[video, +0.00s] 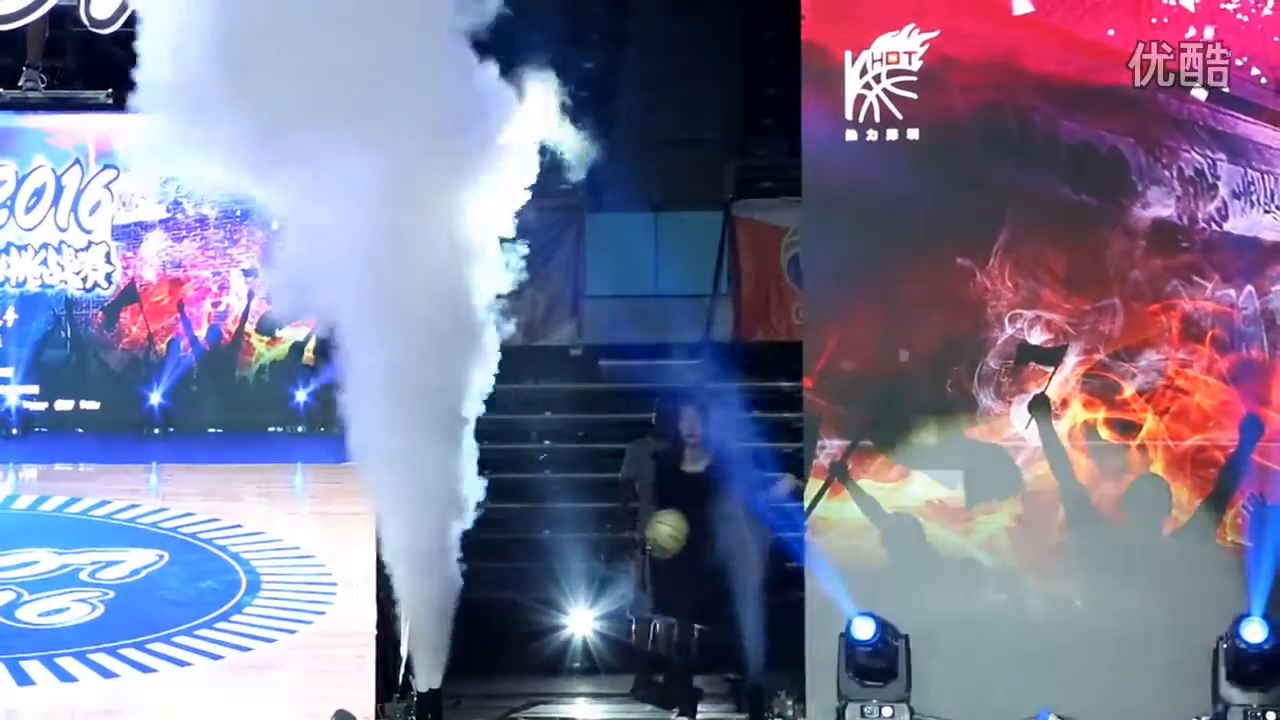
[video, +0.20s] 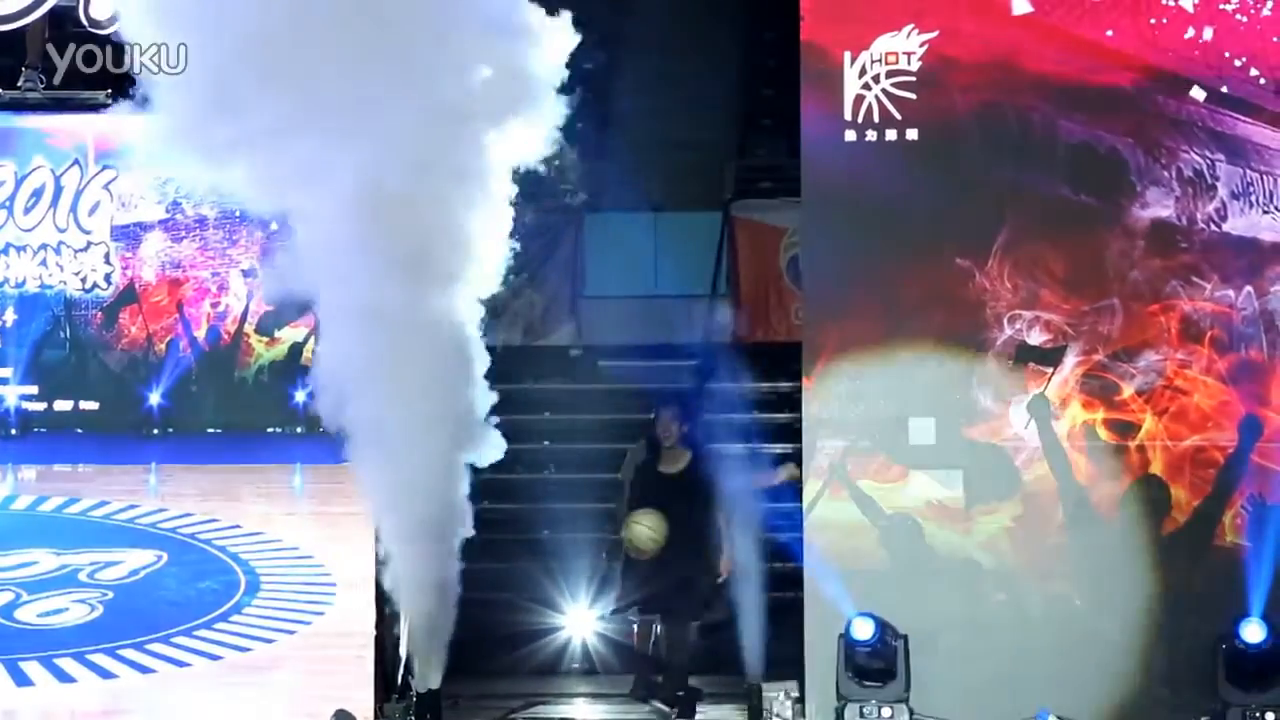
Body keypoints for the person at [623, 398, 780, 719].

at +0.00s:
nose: (691, 432)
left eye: (697, 425)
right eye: (685, 426)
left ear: (708, 427)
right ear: (677, 429)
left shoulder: (724, 467)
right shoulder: (664, 467)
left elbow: (752, 504)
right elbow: (651, 512)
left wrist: (775, 493)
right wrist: (652, 532)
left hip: (717, 560)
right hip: (674, 563)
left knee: (729, 629)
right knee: (676, 636)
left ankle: (746, 698)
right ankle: (683, 705)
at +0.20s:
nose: (665, 430)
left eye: (671, 423)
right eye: (661, 423)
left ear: (684, 426)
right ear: (654, 427)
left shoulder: (700, 465)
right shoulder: (645, 468)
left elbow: (717, 510)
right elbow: (634, 511)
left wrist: (725, 551)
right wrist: (634, 541)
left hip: (692, 554)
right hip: (655, 555)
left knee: (680, 624)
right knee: (663, 622)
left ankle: (675, 692)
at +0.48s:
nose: (642, 424)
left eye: (650, 418)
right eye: (639, 418)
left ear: (664, 424)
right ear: (634, 422)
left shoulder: (683, 464)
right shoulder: (618, 464)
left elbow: (698, 512)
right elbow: (601, 509)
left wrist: (680, 540)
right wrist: (605, 540)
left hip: (664, 557)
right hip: (624, 558)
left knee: (655, 628)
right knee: (620, 632)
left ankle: (642, 704)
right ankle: (659, 677)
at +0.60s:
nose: (634, 412)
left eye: (641, 406)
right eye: (630, 406)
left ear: (655, 412)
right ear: (624, 411)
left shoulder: (675, 454)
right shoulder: (609, 452)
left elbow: (691, 499)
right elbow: (591, 499)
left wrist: (673, 521)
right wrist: (593, 532)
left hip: (660, 550)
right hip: (619, 550)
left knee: (654, 624)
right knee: (613, 619)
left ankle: (644, 698)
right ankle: (623, 680)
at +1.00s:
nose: (603, 406)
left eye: (610, 400)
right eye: (598, 399)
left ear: (622, 406)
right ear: (591, 404)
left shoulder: (641, 449)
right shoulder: (573, 448)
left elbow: (655, 505)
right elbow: (552, 499)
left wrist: (634, 533)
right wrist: (571, 512)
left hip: (626, 550)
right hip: (582, 551)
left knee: (626, 626)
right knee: (584, 624)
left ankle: (632, 677)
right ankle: (589, 696)